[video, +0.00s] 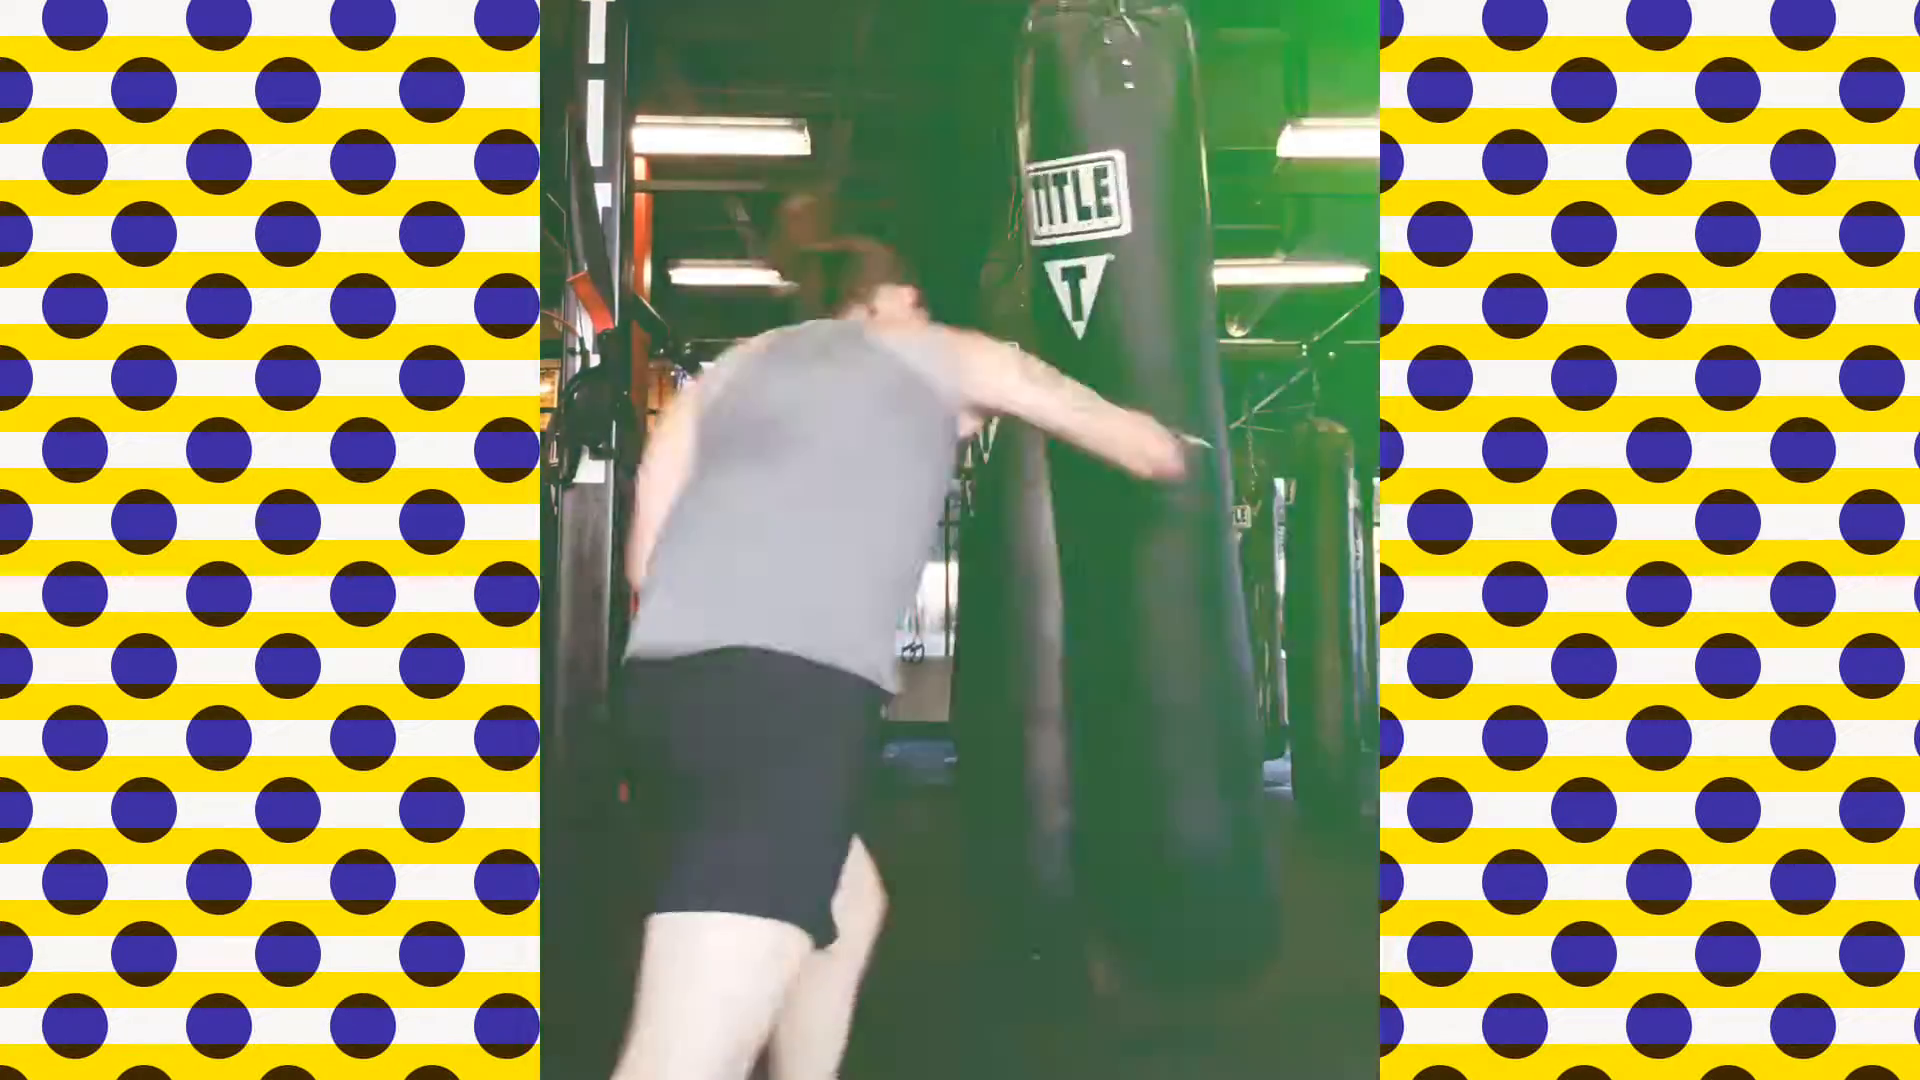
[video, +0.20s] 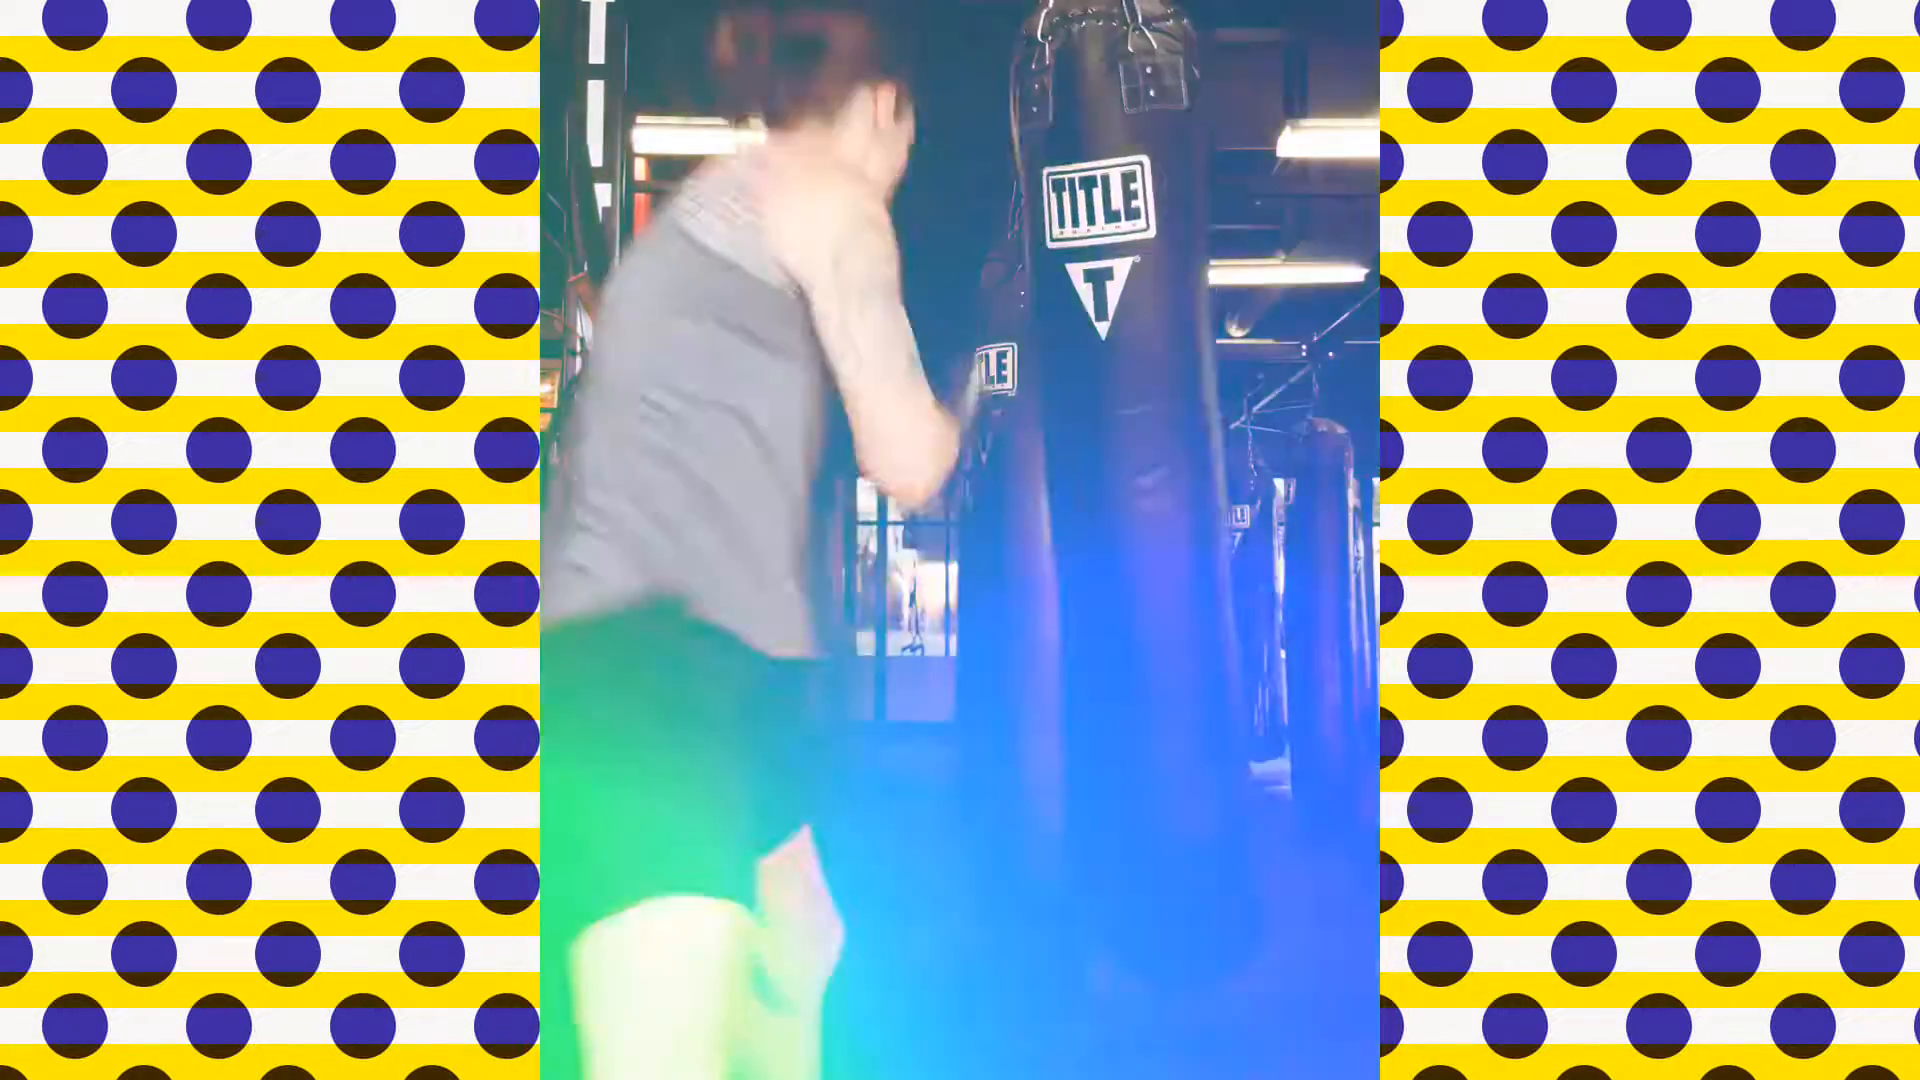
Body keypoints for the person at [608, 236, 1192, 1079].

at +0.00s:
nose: (931, 323)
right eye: (930, 314)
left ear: (812, 302)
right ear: (900, 302)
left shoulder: (713, 378)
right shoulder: (934, 352)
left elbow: (645, 562)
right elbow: (1147, 451)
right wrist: (1180, 455)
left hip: (657, 686)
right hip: (793, 689)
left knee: (847, 904)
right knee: (681, 1053)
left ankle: (805, 1078)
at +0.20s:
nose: (905, 155)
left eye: (908, 130)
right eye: (906, 127)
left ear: (774, 95)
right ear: (877, 103)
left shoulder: (713, 196)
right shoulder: (827, 200)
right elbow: (912, 467)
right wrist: (959, 399)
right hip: (665, 680)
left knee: (799, 940)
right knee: (659, 1036)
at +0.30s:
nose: (886, 108)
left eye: (891, 78)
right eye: (891, 71)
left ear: (748, 32)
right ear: (859, 38)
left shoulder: (626, 131)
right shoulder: (722, 168)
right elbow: (911, 403)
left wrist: (871, 259)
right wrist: (952, 279)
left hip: (656, 674)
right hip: (587, 683)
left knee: (822, 958)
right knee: (590, 1058)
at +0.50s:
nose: (888, 172)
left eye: (889, 148)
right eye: (885, 144)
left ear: (785, 121)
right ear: (845, 119)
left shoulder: (691, 216)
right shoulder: (820, 202)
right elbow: (997, 382)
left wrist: (1022, 330)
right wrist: (1119, 374)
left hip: (650, 663)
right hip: (698, 676)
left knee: (805, 943)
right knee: (634, 1047)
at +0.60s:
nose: (923, 166)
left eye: (922, 146)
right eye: (918, 145)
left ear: (801, 128)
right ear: (891, 132)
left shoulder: (671, 248)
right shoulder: (894, 216)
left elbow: (573, 488)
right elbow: (1090, 402)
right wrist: (1121, 328)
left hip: (639, 675)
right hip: (714, 686)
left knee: (868, 928)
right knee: (663, 1065)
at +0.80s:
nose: (952, 270)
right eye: (949, 254)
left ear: (818, 245)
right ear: (928, 247)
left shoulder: (724, 327)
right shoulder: (982, 313)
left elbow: (665, 523)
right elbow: (1128, 389)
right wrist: (1172, 390)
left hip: (682, 660)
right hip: (832, 663)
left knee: (862, 917)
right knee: (693, 1057)